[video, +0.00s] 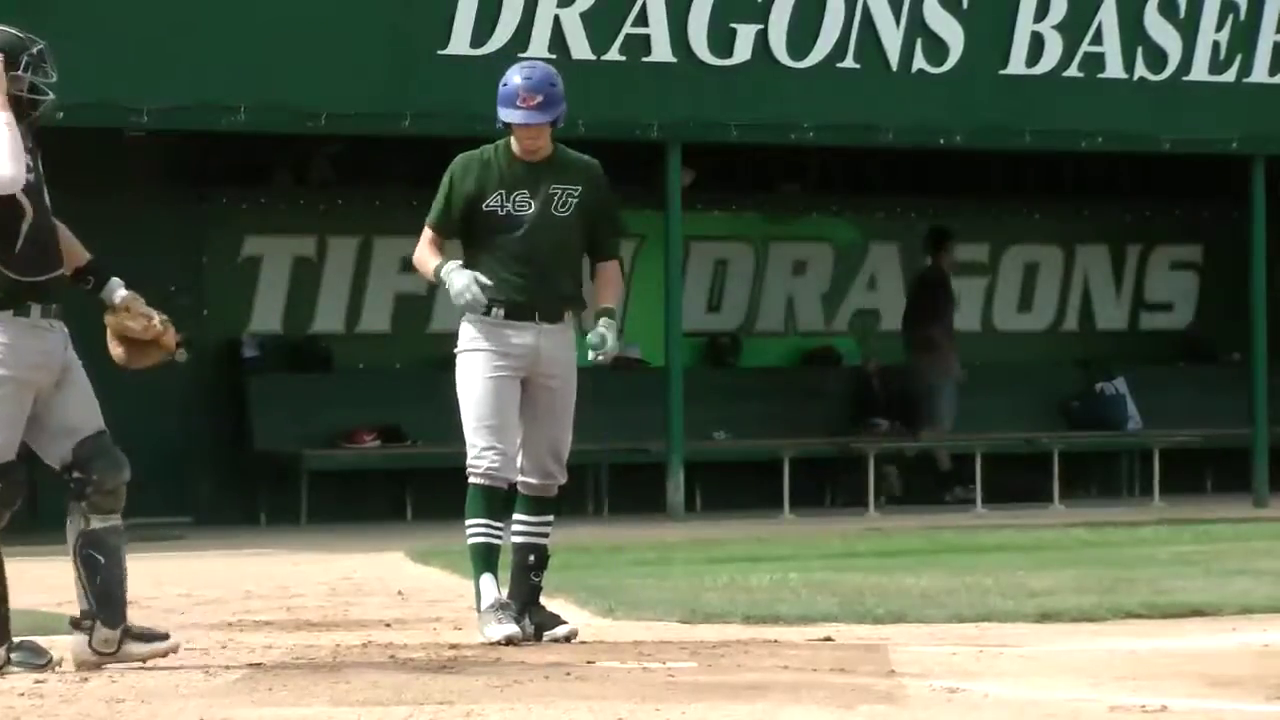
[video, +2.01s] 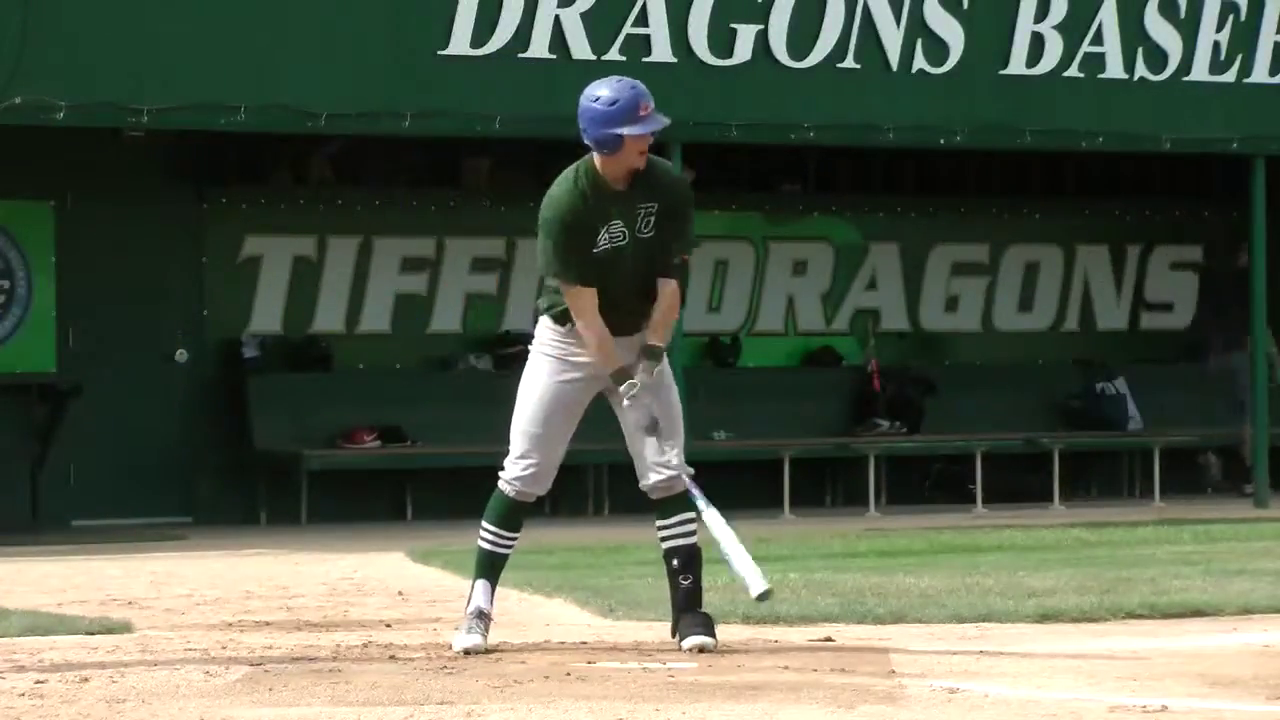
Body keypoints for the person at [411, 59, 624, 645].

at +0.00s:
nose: (529, 132)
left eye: (539, 121)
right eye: (519, 122)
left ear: (558, 116)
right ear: (503, 116)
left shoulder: (588, 178)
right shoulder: (469, 171)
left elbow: (607, 260)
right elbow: (425, 247)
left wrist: (606, 319)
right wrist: (449, 272)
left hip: (558, 339)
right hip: (488, 336)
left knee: (543, 472)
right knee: (490, 463)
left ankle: (526, 604)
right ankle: (489, 603)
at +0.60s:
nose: (528, 151)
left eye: (538, 141)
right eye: (519, 140)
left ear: (558, 133)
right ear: (503, 130)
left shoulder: (583, 188)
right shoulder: (469, 182)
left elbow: (588, 279)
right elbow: (442, 272)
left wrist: (525, 280)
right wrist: (463, 262)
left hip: (552, 349)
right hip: (482, 343)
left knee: (548, 482)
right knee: (476, 461)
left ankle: (522, 607)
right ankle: (467, 592)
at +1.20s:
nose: (491, 163)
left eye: (501, 152)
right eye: (481, 153)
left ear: (517, 140)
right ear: (460, 139)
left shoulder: (542, 185)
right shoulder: (428, 181)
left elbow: (531, 282)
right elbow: (404, 274)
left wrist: (447, 282)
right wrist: (401, 261)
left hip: (539, 346)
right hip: (465, 347)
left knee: (568, 473)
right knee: (458, 471)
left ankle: (601, 572)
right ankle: (466, 609)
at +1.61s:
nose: (528, 160)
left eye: (538, 148)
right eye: (517, 149)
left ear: (553, 140)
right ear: (497, 142)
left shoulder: (577, 189)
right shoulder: (473, 187)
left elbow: (553, 292)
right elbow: (457, 267)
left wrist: (481, 319)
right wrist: (439, 302)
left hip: (594, 349)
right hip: (518, 350)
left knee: (633, 476)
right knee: (487, 474)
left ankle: (684, 613)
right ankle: (472, 611)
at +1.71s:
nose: (552, 164)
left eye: (561, 152)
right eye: (540, 154)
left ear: (577, 144)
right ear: (521, 147)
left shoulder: (604, 193)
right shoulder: (496, 194)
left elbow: (593, 293)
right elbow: (484, 276)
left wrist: (528, 346)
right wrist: (480, 331)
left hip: (613, 348)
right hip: (536, 351)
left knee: (645, 473)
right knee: (501, 474)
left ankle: (687, 613)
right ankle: (476, 612)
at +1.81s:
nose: (578, 163)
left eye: (587, 151)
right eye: (567, 153)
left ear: (602, 142)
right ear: (546, 145)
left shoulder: (633, 193)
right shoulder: (516, 199)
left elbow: (626, 293)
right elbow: (515, 295)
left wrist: (589, 359)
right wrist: (531, 358)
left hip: (628, 344)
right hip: (552, 347)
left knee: (661, 471)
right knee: (514, 473)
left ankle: (689, 613)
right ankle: (478, 611)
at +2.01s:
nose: (650, 139)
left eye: (648, 130)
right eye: (638, 133)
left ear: (645, 131)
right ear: (605, 139)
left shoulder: (670, 187)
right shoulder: (565, 204)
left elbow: (670, 285)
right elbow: (583, 310)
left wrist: (648, 361)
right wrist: (621, 377)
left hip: (640, 341)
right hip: (568, 342)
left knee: (667, 474)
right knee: (524, 471)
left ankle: (689, 615)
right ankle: (478, 609)